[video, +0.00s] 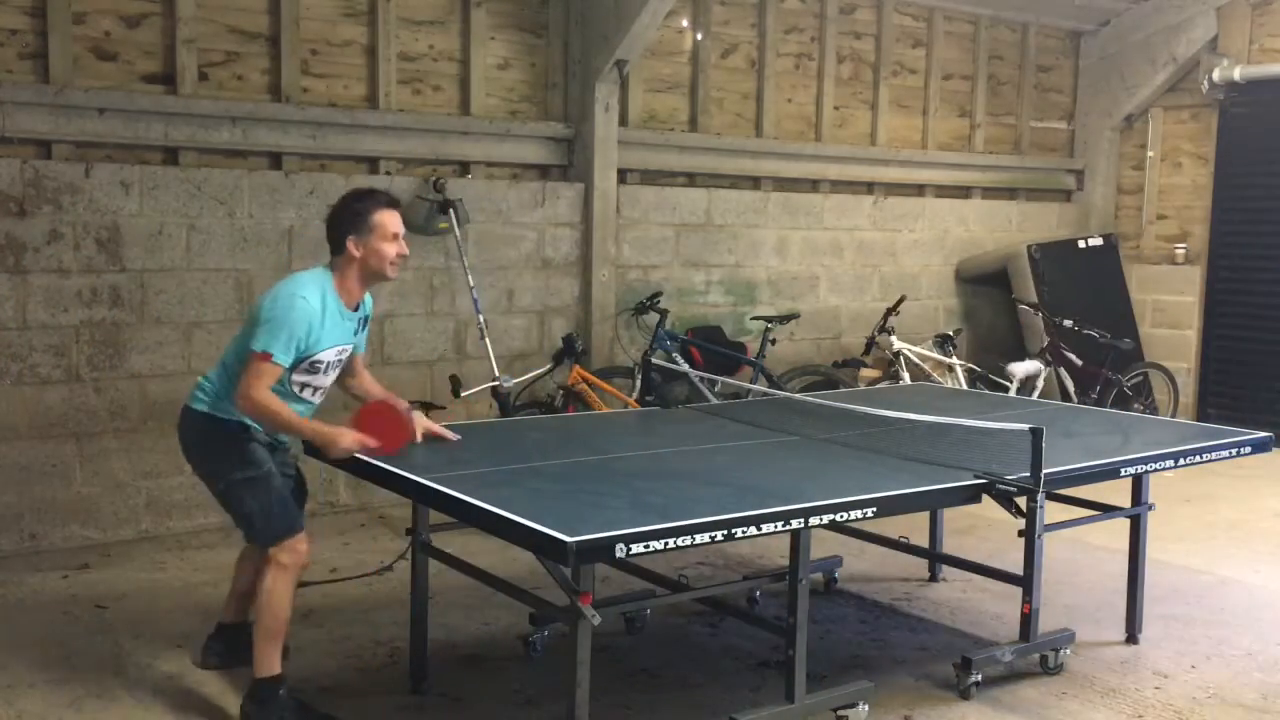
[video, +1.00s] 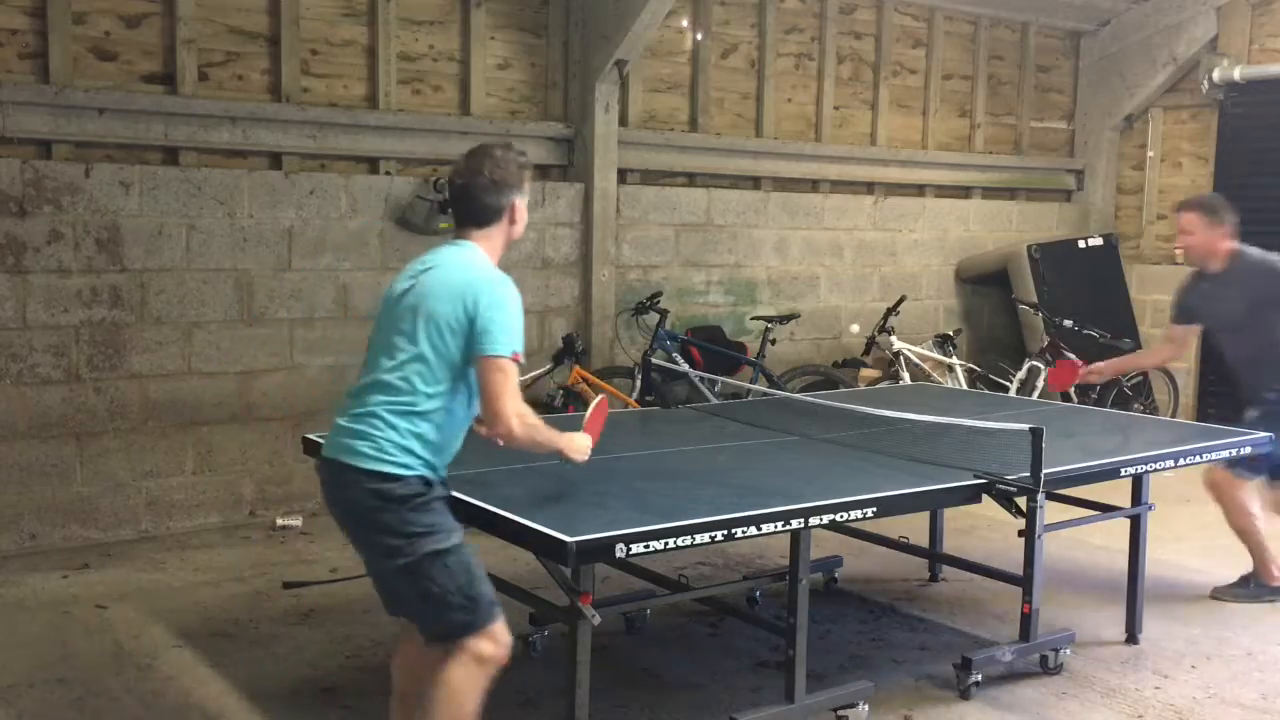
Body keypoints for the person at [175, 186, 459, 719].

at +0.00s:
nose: (403, 250)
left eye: (403, 238)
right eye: (392, 238)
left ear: (364, 247)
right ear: (354, 246)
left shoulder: (361, 303)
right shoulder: (298, 300)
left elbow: (350, 371)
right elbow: (250, 393)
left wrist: (404, 413)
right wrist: (322, 434)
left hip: (269, 429)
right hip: (220, 424)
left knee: (275, 532)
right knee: (289, 549)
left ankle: (229, 635)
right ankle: (267, 693)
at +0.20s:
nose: (394, 257)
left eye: (397, 245)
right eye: (383, 245)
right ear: (342, 246)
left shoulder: (368, 297)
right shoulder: (285, 304)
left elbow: (390, 359)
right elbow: (254, 406)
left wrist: (439, 397)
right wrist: (290, 455)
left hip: (279, 432)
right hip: (225, 428)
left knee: (268, 544)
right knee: (272, 559)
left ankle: (226, 636)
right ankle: (252, 703)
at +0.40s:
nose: (411, 236)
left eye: (415, 223)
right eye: (400, 222)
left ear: (371, 223)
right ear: (357, 221)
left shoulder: (377, 275)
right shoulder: (310, 284)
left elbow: (377, 330)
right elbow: (327, 399)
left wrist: (428, 384)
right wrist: (400, 425)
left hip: (301, 427)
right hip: (246, 424)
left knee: (299, 545)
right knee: (267, 573)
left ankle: (235, 629)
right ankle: (248, 702)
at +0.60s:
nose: (450, 206)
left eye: (450, 194)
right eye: (444, 194)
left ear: (410, 199)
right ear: (408, 199)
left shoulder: (384, 260)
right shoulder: (360, 264)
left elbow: (354, 346)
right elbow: (420, 381)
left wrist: (403, 389)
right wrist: (513, 379)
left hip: (335, 438)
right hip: (270, 439)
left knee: (360, 565)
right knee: (268, 590)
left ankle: (336, 688)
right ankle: (250, 704)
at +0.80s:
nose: (490, 214)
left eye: (489, 202)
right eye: (488, 202)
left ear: (428, 206)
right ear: (470, 211)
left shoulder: (401, 270)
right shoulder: (426, 288)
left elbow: (367, 373)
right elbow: (483, 409)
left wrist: (428, 418)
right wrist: (559, 416)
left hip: (382, 469)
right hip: (323, 473)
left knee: (419, 607)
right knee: (353, 637)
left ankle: (401, 715)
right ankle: (273, 694)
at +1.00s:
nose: (527, 213)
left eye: (525, 202)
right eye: (526, 202)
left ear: (459, 207)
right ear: (515, 211)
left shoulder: (421, 269)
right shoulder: (492, 288)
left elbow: (408, 369)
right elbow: (507, 420)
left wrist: (477, 414)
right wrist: (563, 442)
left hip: (348, 464)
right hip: (393, 477)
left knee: (428, 631)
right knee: (485, 643)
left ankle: (407, 716)